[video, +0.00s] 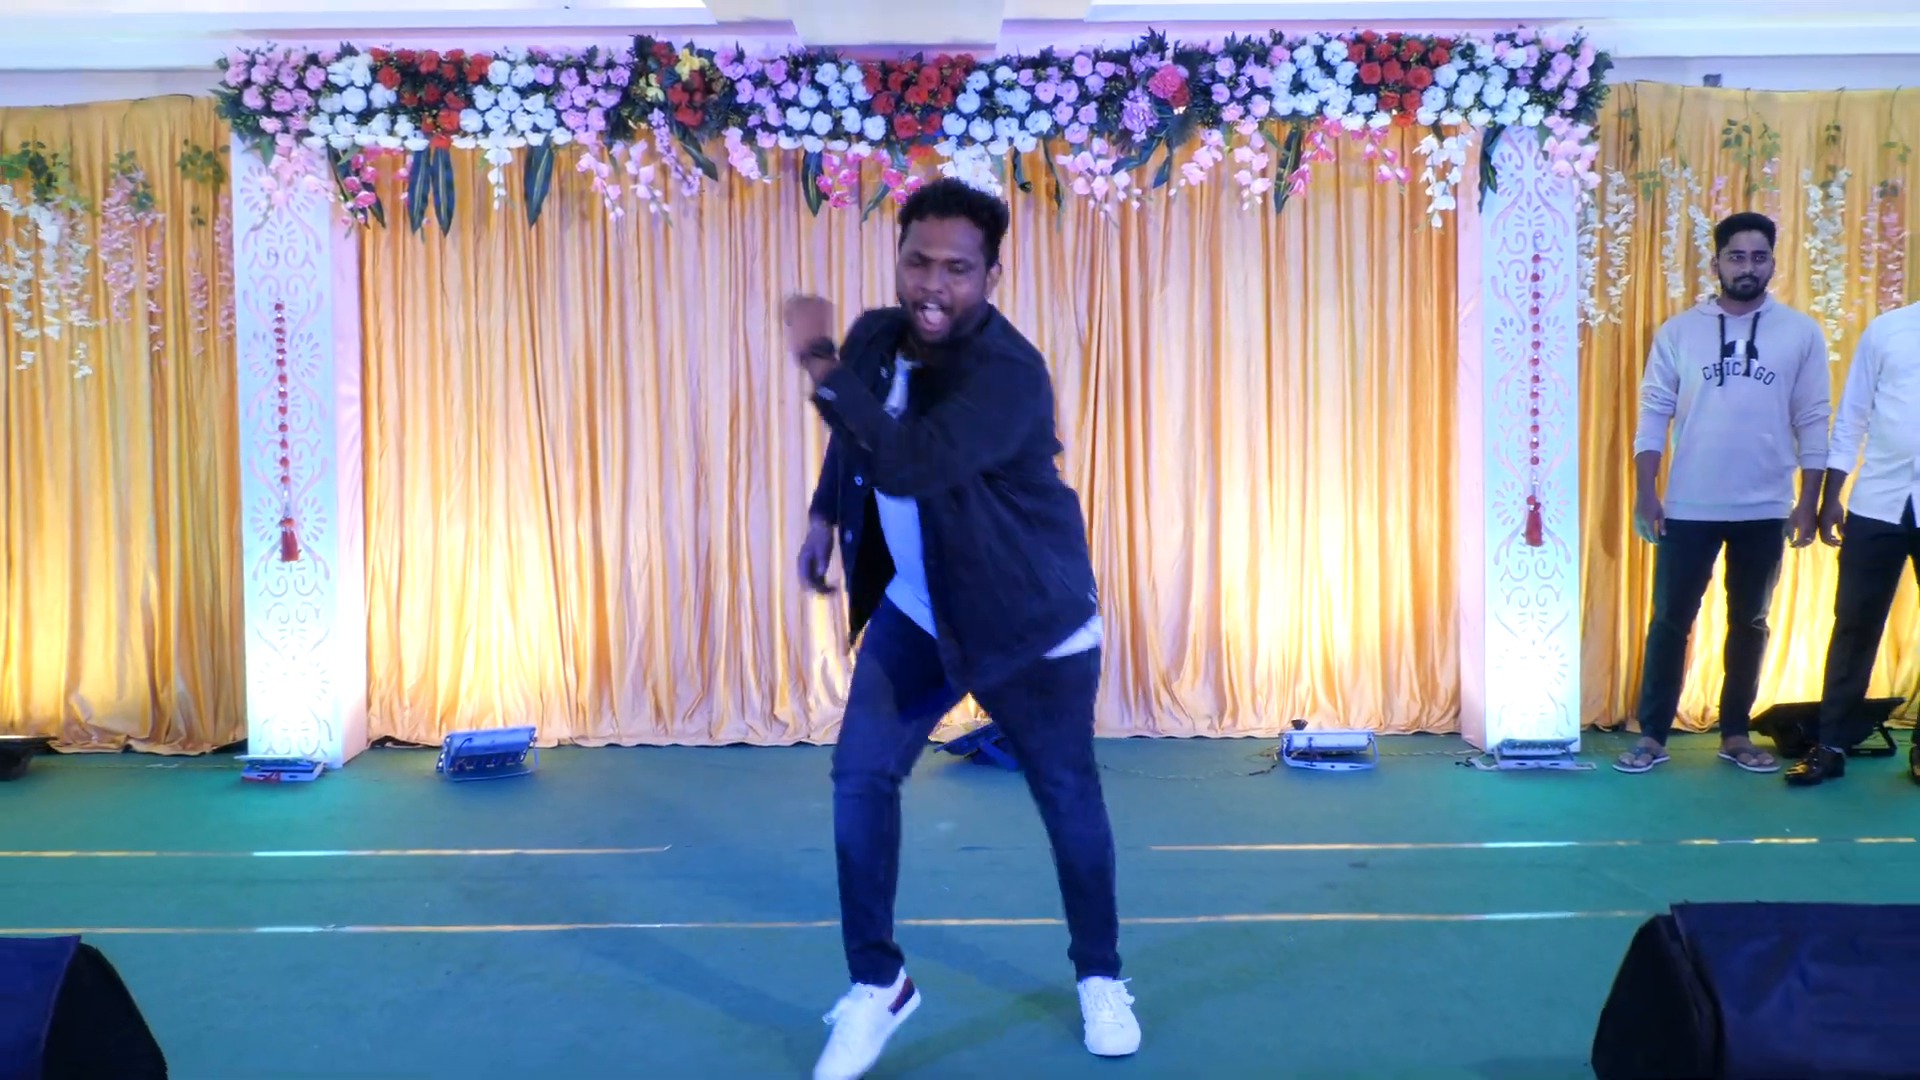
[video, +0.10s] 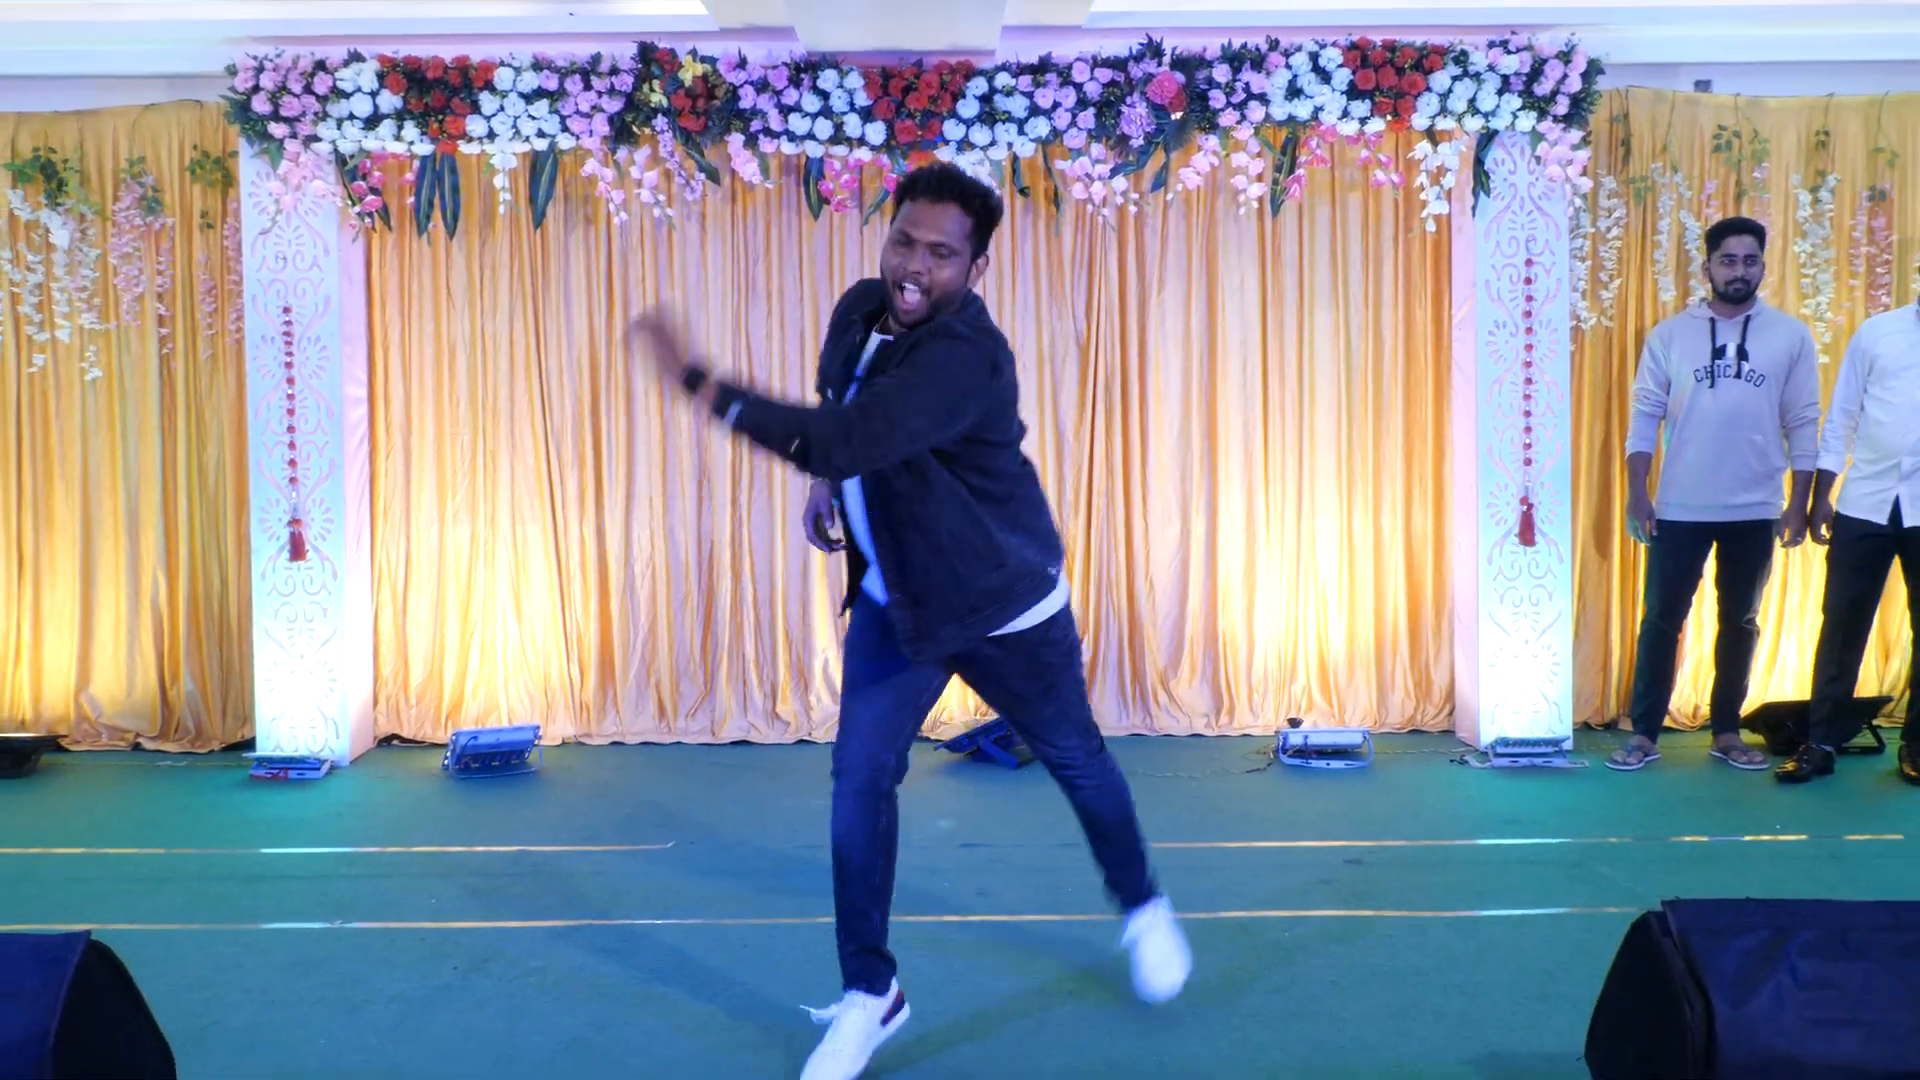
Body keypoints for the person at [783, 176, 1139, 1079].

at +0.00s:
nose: (934, 285)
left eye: (958, 269)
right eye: (919, 261)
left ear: (991, 277)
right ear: (896, 263)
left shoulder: (1010, 376)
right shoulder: (872, 339)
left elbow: (914, 461)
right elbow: (852, 446)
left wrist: (825, 375)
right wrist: (825, 516)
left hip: (1031, 626)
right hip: (917, 615)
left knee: (1067, 793)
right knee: (862, 776)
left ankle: (1100, 975)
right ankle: (877, 982)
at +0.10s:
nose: (912, 265)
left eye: (939, 253)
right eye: (903, 242)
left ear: (975, 266)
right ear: (885, 236)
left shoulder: (966, 355)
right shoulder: (857, 313)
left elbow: (840, 444)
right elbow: (839, 407)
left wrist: (708, 387)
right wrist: (832, 482)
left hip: (1006, 603)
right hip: (895, 604)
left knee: (1074, 759)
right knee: (861, 778)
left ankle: (1142, 907)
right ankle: (868, 987)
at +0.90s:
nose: (1032, 415)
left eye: (1043, 395)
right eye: (1018, 399)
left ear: (1048, 361)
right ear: (971, 366)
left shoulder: (964, 323)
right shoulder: (912, 411)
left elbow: (907, 252)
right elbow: (942, 540)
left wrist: (968, 246)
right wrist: (980, 397)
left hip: (938, 652)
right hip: (829, 646)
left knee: (949, 841)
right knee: (782, 817)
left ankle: (921, 1031)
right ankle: (686, 813)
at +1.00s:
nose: (1042, 436)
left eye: (1051, 420)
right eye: (1029, 422)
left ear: (1055, 383)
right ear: (973, 395)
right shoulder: (912, 445)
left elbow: (929, 301)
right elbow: (936, 576)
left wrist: (994, 306)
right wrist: (975, 444)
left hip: (944, 667)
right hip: (835, 648)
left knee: (951, 846)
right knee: (778, 831)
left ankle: (922, 1033)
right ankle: (707, 709)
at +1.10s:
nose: (1029, 432)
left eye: (1043, 418)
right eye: (1020, 417)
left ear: (1052, 387)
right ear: (990, 383)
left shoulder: (1012, 397)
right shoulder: (917, 396)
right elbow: (926, 513)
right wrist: (989, 387)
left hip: (931, 614)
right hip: (831, 594)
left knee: (931, 814)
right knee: (790, 794)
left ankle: (922, 1025)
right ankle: (744, 739)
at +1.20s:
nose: (1014, 383)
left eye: (1025, 369)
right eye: (1008, 365)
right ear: (979, 341)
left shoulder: (1002, 294)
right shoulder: (909, 365)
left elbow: (983, 196)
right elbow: (946, 471)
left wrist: (1041, 251)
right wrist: (1050, 360)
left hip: (928, 600)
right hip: (819, 589)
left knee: (930, 798)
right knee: (762, 774)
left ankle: (921, 1014)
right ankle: (744, 844)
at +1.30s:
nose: (1028, 394)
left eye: (1042, 370)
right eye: (1003, 381)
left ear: (1052, 329)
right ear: (956, 359)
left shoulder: (971, 297)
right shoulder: (947, 426)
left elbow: (988, 178)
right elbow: (983, 534)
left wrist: (1092, 171)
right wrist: (1108, 450)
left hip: (929, 629)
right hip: (818, 614)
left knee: (938, 834)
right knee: (750, 766)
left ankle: (916, 1031)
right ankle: (718, 848)